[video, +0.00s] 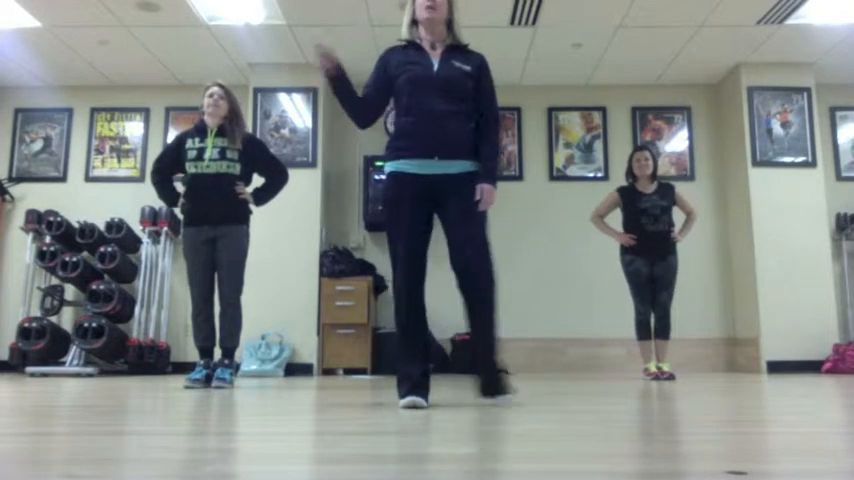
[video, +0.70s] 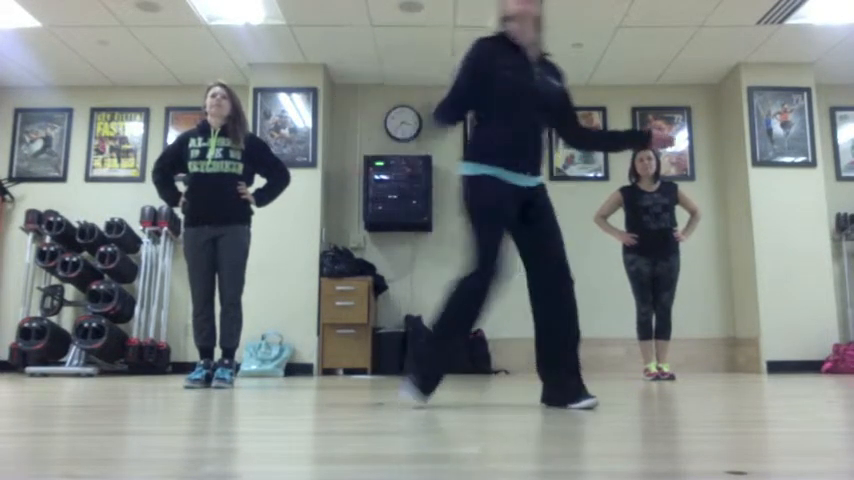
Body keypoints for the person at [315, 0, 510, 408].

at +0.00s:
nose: (429, 2)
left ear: (449, 8)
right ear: (412, 9)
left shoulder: (472, 61)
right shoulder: (395, 58)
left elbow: (489, 123)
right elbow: (364, 115)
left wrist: (488, 177)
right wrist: (336, 77)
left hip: (459, 180)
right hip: (405, 180)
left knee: (478, 278)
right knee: (407, 284)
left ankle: (489, 376)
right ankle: (413, 387)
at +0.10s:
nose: (433, 3)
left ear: (452, 7)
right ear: (416, 9)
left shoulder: (475, 61)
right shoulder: (398, 57)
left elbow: (491, 124)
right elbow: (371, 118)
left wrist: (491, 178)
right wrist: (346, 91)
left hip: (462, 182)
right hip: (408, 180)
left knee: (485, 278)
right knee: (409, 284)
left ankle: (500, 382)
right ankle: (413, 387)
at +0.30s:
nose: (450, 2)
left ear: (468, 8)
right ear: (432, 9)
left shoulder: (489, 65)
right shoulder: (414, 56)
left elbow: (506, 129)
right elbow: (394, 123)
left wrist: (541, 165)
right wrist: (364, 132)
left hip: (474, 181)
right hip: (421, 178)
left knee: (514, 268)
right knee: (415, 282)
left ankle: (517, 380)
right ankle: (413, 387)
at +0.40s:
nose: (474, 14)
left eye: (480, 9)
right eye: (466, 9)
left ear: (488, 13)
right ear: (454, 13)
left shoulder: (505, 64)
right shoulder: (434, 50)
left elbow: (535, 124)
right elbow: (405, 106)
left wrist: (588, 145)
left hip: (489, 182)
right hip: (437, 179)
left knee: (523, 277)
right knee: (426, 285)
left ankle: (554, 380)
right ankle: (414, 388)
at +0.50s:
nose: (489, 18)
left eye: (494, 12)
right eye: (480, 12)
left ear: (501, 15)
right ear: (466, 15)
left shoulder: (514, 65)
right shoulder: (448, 48)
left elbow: (552, 127)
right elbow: (426, 102)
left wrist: (616, 138)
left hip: (498, 184)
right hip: (449, 180)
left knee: (527, 282)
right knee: (432, 284)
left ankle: (560, 385)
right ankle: (414, 389)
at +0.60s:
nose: (519, 8)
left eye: (522, 4)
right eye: (512, 3)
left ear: (527, 14)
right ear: (495, 12)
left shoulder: (536, 71)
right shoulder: (478, 53)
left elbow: (571, 132)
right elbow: (451, 113)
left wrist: (637, 136)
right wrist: (438, 155)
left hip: (523, 188)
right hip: (478, 183)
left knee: (550, 281)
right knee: (460, 281)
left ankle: (562, 388)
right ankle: (417, 385)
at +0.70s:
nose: (515, 21)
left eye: (523, 14)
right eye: (510, 15)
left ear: (537, 18)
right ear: (503, 18)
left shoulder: (549, 71)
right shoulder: (488, 52)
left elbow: (575, 135)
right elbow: (447, 113)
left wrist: (639, 137)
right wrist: (462, 98)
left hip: (529, 186)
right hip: (486, 180)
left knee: (553, 280)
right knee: (485, 270)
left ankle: (562, 388)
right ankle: (425, 369)